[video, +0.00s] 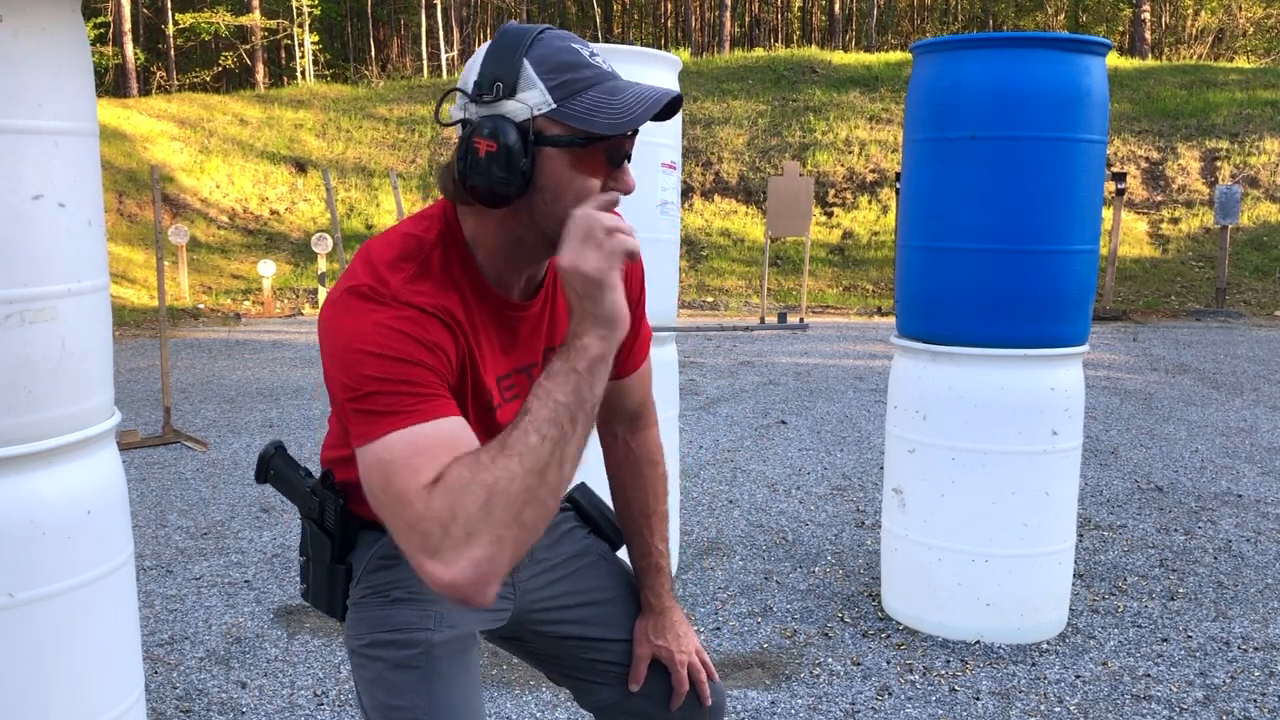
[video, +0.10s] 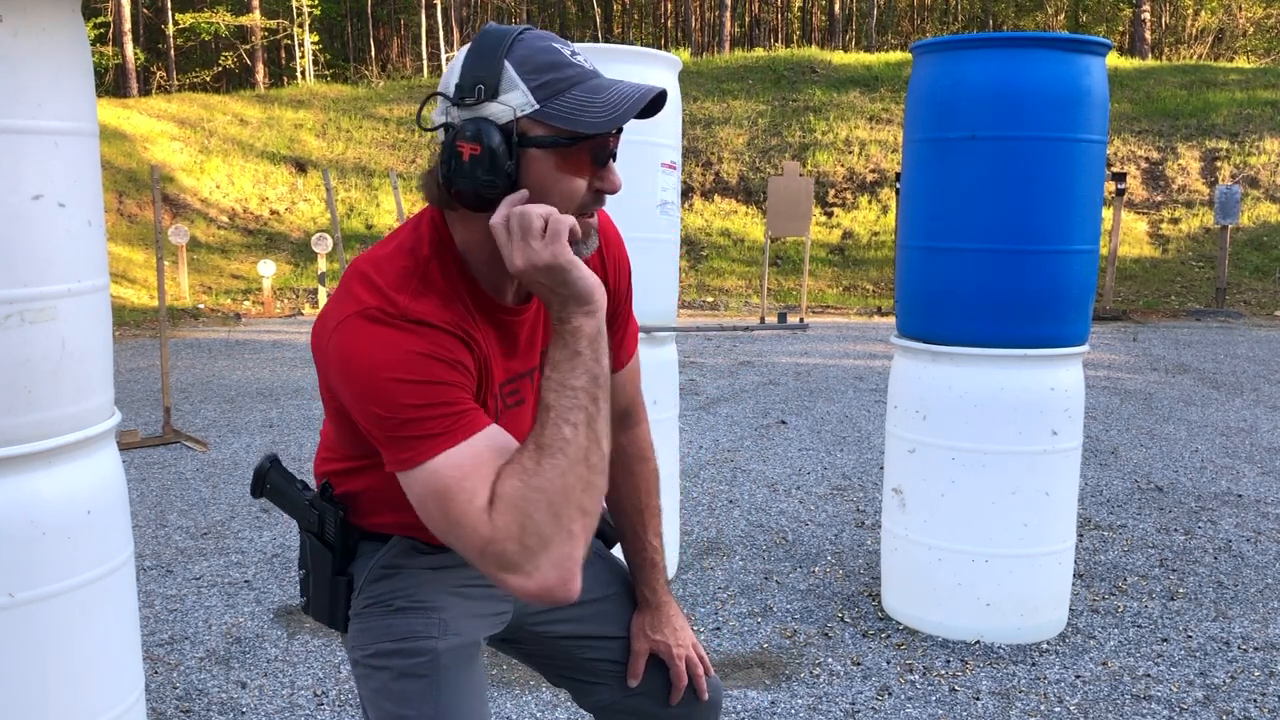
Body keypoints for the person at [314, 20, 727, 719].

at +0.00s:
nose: (626, 180)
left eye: (624, 151)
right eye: (596, 150)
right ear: (497, 157)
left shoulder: (604, 262)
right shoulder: (378, 303)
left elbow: (630, 425)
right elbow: (458, 555)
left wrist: (658, 597)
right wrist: (590, 337)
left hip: (536, 526)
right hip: (401, 551)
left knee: (687, 699)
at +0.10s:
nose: (611, 180)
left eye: (610, 149)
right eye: (580, 151)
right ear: (483, 157)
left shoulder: (591, 246)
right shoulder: (378, 321)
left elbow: (625, 424)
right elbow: (539, 564)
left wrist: (655, 594)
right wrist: (577, 315)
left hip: (546, 543)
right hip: (411, 560)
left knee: (686, 698)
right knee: (440, 704)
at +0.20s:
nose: (597, 178)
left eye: (597, 148)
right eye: (566, 150)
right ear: (467, 158)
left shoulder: (578, 241)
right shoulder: (380, 332)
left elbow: (616, 430)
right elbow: (582, 555)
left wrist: (650, 588)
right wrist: (602, 317)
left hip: (548, 549)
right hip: (417, 570)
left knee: (686, 695)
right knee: (445, 704)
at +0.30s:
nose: (584, 175)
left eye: (587, 146)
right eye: (552, 147)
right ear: (455, 160)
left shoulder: (573, 244)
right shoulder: (382, 338)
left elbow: (605, 426)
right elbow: (608, 526)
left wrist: (650, 586)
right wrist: (663, 296)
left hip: (544, 542)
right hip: (420, 574)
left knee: (686, 693)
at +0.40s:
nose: (564, 188)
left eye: (573, 156)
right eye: (530, 161)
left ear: (587, 149)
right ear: (433, 164)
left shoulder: (573, 239)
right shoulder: (383, 330)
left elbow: (613, 433)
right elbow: (623, 487)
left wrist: (650, 586)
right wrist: (730, 270)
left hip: (546, 543)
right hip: (418, 575)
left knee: (686, 695)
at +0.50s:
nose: (523, 199)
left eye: (547, 161)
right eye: (493, 163)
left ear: (575, 160)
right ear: (427, 161)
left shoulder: (580, 240)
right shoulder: (383, 317)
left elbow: (616, 429)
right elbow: (631, 468)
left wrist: (650, 588)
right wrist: (756, 255)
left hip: (543, 541)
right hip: (415, 572)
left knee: (683, 697)